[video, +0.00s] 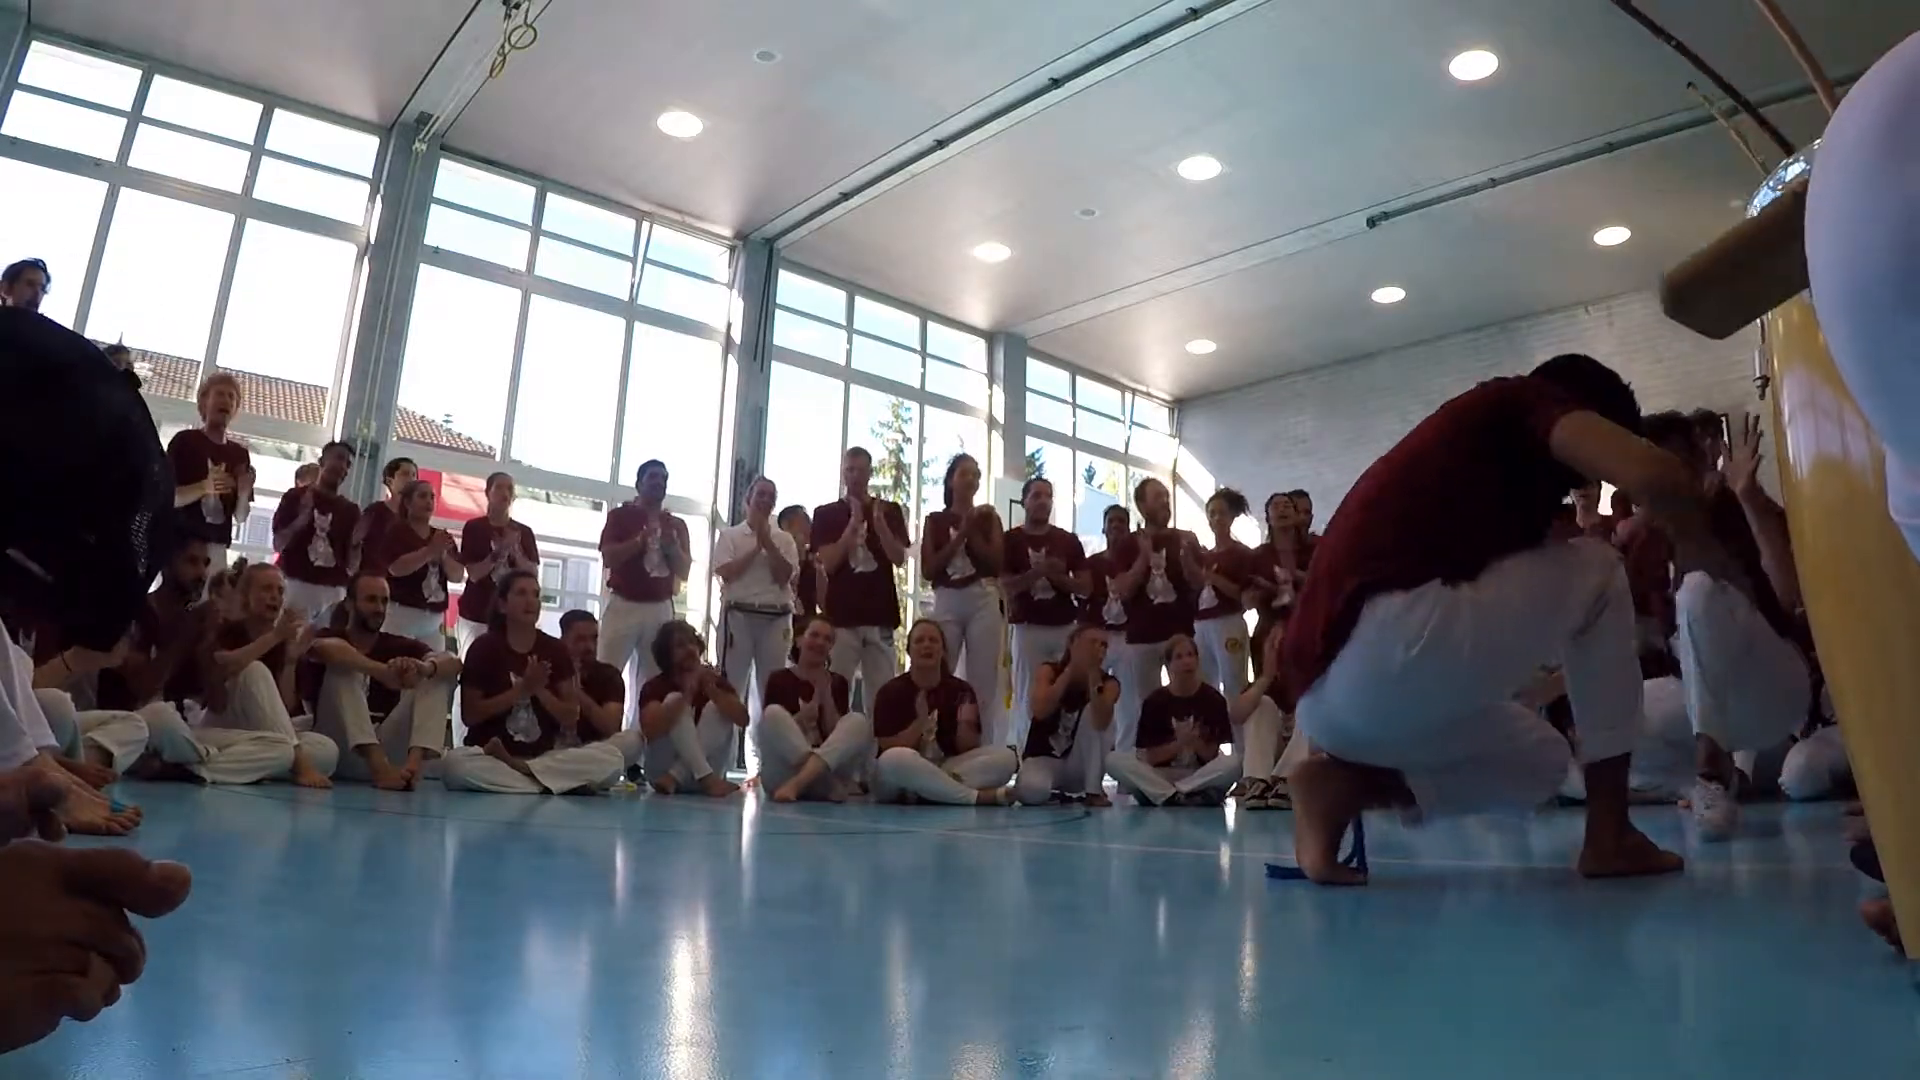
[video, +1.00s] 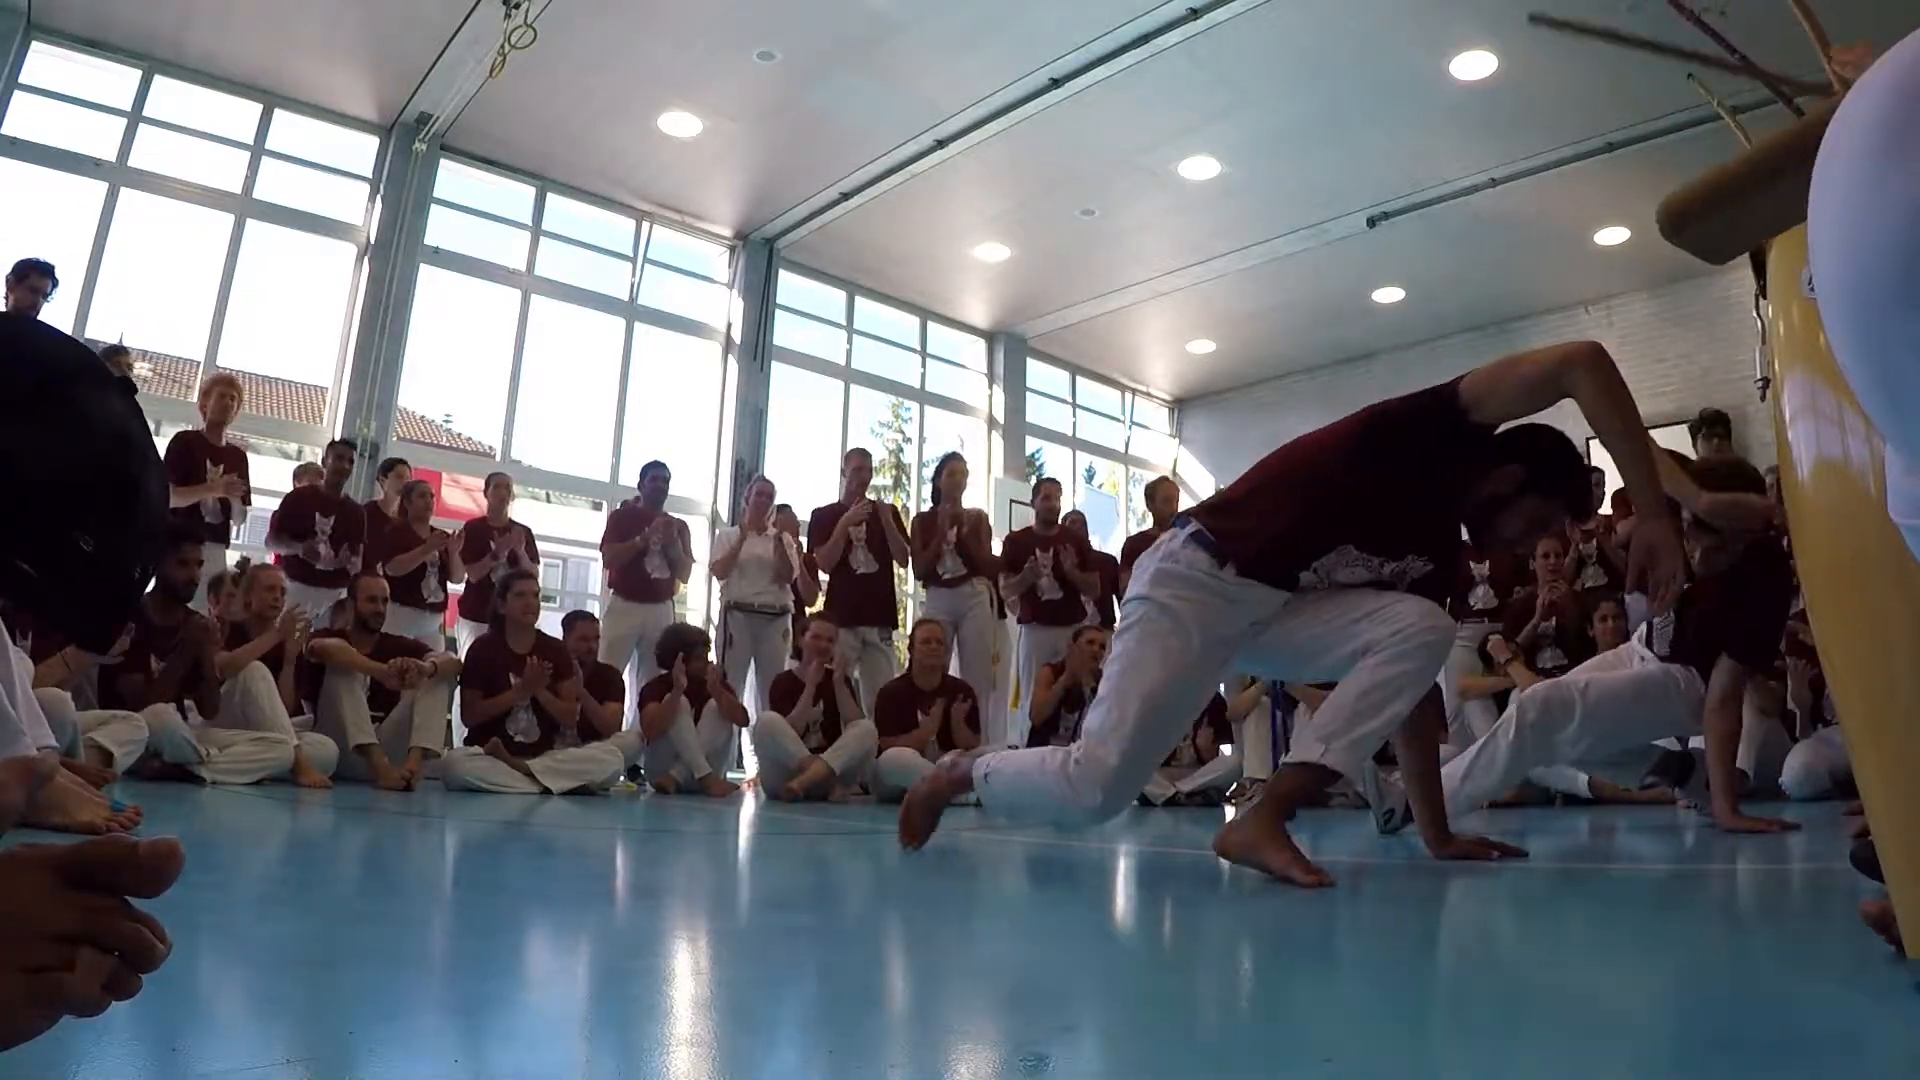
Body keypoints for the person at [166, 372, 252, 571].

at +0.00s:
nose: (226, 401)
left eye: (231, 396)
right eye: (219, 394)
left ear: (236, 407)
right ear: (202, 401)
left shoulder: (239, 454)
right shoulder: (184, 441)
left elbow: (241, 516)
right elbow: (164, 498)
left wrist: (244, 490)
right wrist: (203, 487)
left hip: (216, 546)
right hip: (178, 542)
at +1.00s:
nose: (228, 402)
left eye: (233, 399)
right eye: (222, 396)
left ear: (237, 410)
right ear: (203, 404)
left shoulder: (237, 455)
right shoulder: (183, 441)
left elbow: (240, 516)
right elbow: (166, 498)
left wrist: (233, 495)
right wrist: (213, 489)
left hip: (215, 548)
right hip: (177, 544)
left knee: (206, 621)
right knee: (170, 615)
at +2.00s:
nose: (229, 404)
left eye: (235, 401)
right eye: (223, 398)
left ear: (239, 410)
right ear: (204, 404)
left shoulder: (238, 456)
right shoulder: (184, 442)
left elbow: (244, 516)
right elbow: (171, 498)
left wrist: (229, 492)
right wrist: (213, 482)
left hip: (218, 548)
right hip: (181, 545)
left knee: (214, 621)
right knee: (173, 619)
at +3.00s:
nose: (233, 405)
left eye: (237, 401)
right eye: (226, 399)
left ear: (240, 409)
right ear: (207, 404)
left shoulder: (241, 452)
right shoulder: (186, 440)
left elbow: (246, 513)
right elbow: (172, 496)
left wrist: (241, 477)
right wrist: (212, 471)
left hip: (218, 547)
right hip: (181, 543)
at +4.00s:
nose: (229, 404)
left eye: (234, 400)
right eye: (223, 397)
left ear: (237, 408)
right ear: (205, 403)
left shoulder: (237, 453)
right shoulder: (183, 440)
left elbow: (245, 512)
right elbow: (172, 497)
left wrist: (230, 478)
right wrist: (218, 472)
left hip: (216, 546)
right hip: (179, 542)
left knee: (208, 618)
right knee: (171, 612)